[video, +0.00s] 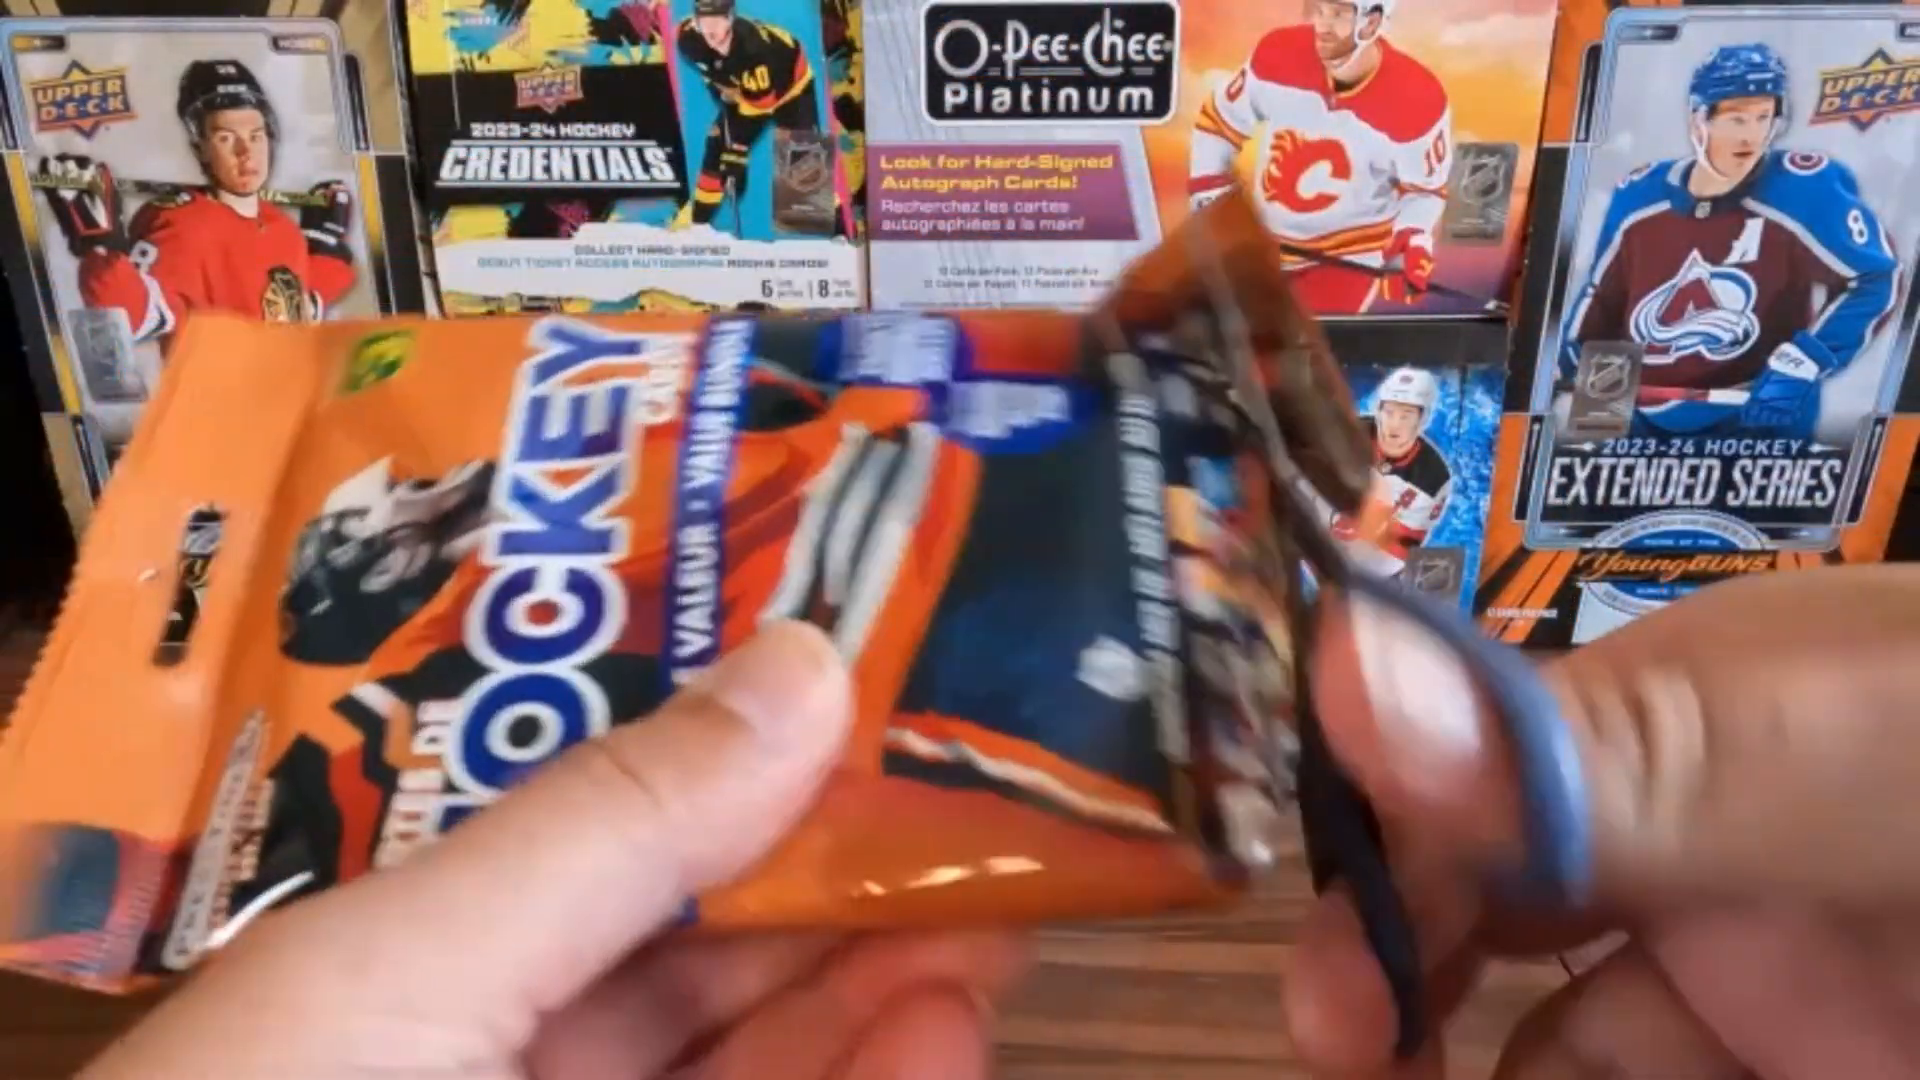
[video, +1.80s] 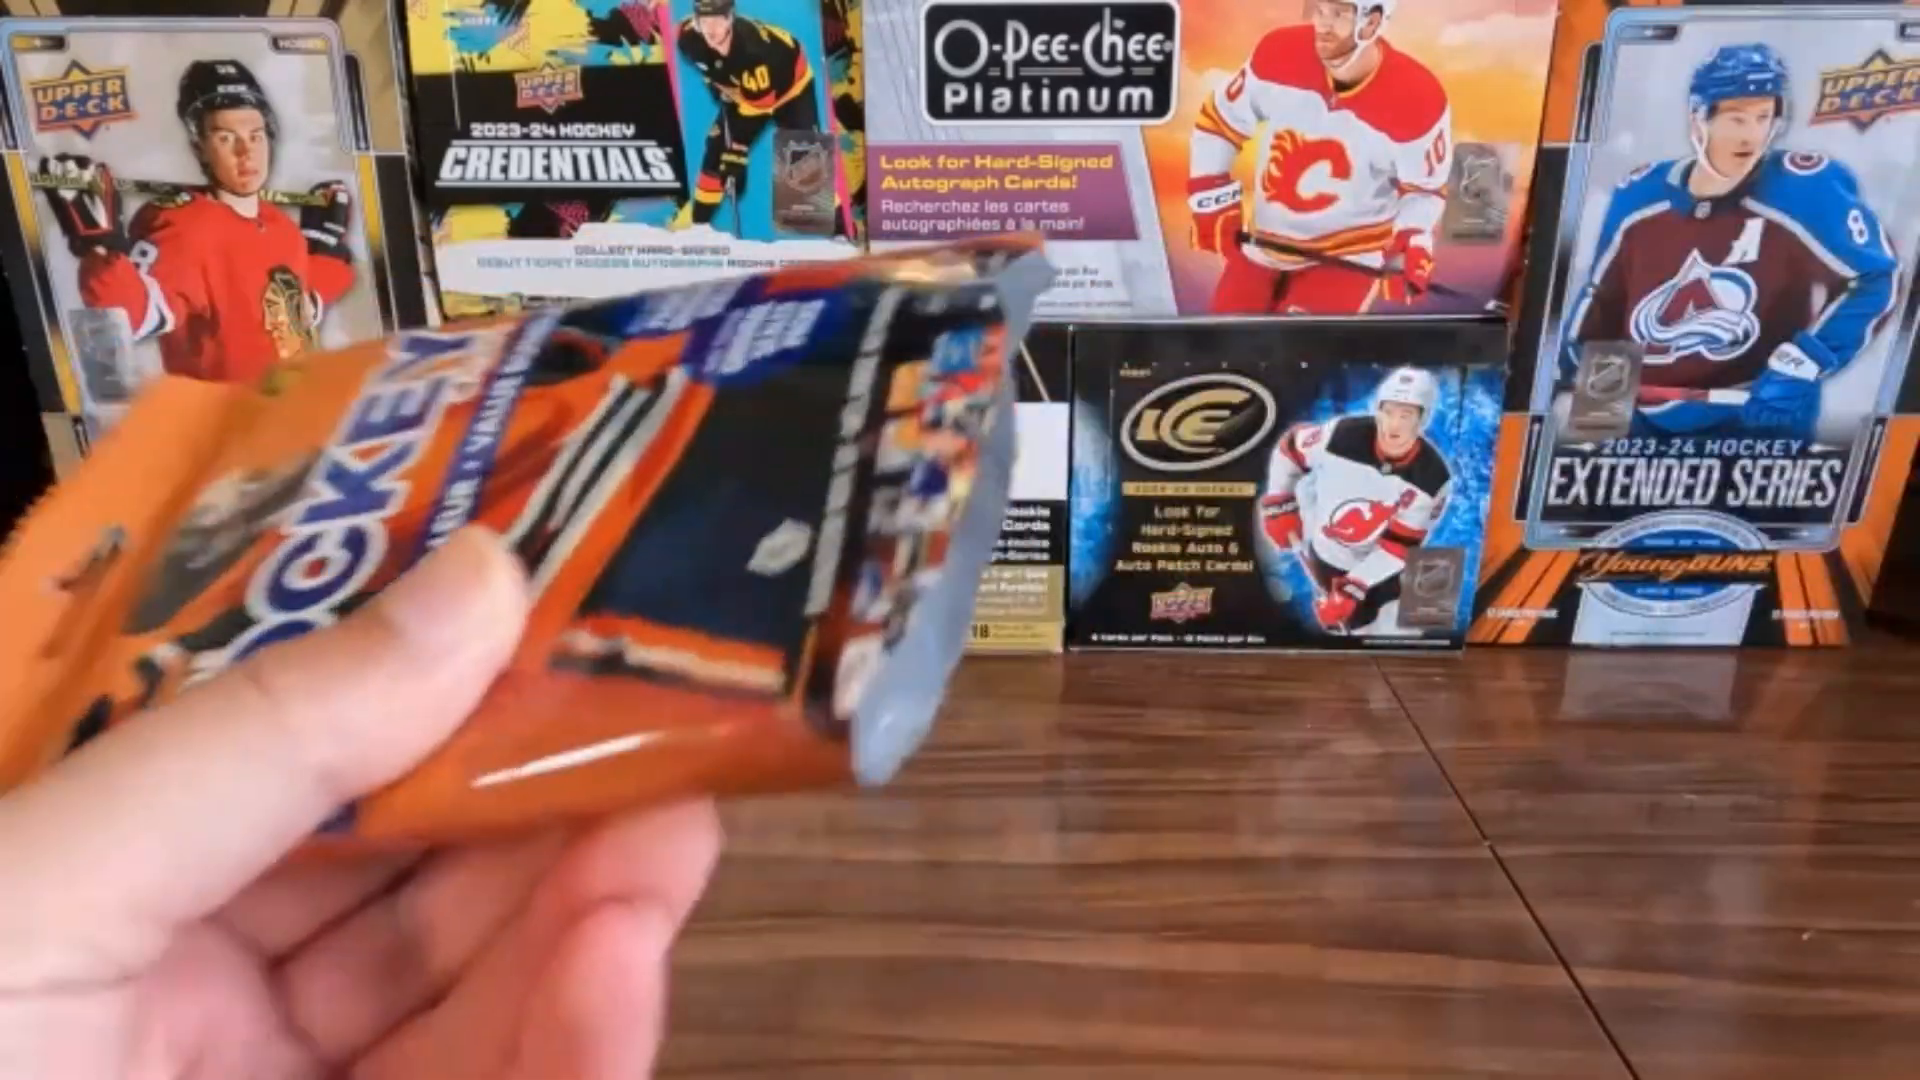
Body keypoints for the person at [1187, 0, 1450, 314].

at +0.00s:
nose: (1323, 26)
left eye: (1339, 14)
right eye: (1318, 11)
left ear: (1373, 22)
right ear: (1309, 11)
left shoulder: (1417, 96)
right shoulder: (1276, 56)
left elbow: (1424, 191)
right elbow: (1216, 125)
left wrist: (1413, 248)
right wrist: (1214, 209)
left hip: (1350, 263)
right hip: (1262, 250)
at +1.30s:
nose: (1322, 26)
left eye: (1339, 14)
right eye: (1317, 11)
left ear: (1373, 23)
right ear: (1308, 10)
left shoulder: (1417, 96)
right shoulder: (1277, 55)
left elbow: (1424, 190)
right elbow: (1216, 126)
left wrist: (1413, 250)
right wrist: (1217, 217)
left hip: (1354, 260)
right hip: (1270, 245)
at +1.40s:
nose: (1324, 26)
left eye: (1339, 14)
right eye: (1319, 11)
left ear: (1372, 21)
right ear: (1309, 11)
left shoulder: (1419, 98)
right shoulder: (1277, 53)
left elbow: (1424, 200)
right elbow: (1217, 125)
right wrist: (1204, 207)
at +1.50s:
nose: (1323, 26)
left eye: (1339, 14)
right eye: (1317, 11)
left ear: (1373, 23)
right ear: (1308, 11)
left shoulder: (1417, 95)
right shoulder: (1277, 56)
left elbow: (1423, 191)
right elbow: (1216, 125)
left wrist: (1415, 250)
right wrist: (1214, 203)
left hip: (1348, 261)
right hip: (1262, 248)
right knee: (1214, 362)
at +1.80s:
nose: (1323, 26)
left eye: (1339, 14)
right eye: (1318, 11)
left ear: (1373, 22)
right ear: (1309, 11)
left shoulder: (1417, 96)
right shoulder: (1277, 55)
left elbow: (1423, 190)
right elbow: (1216, 124)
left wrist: (1415, 249)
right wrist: (1213, 202)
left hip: (1347, 261)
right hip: (1261, 248)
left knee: (1288, 365)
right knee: (1222, 357)